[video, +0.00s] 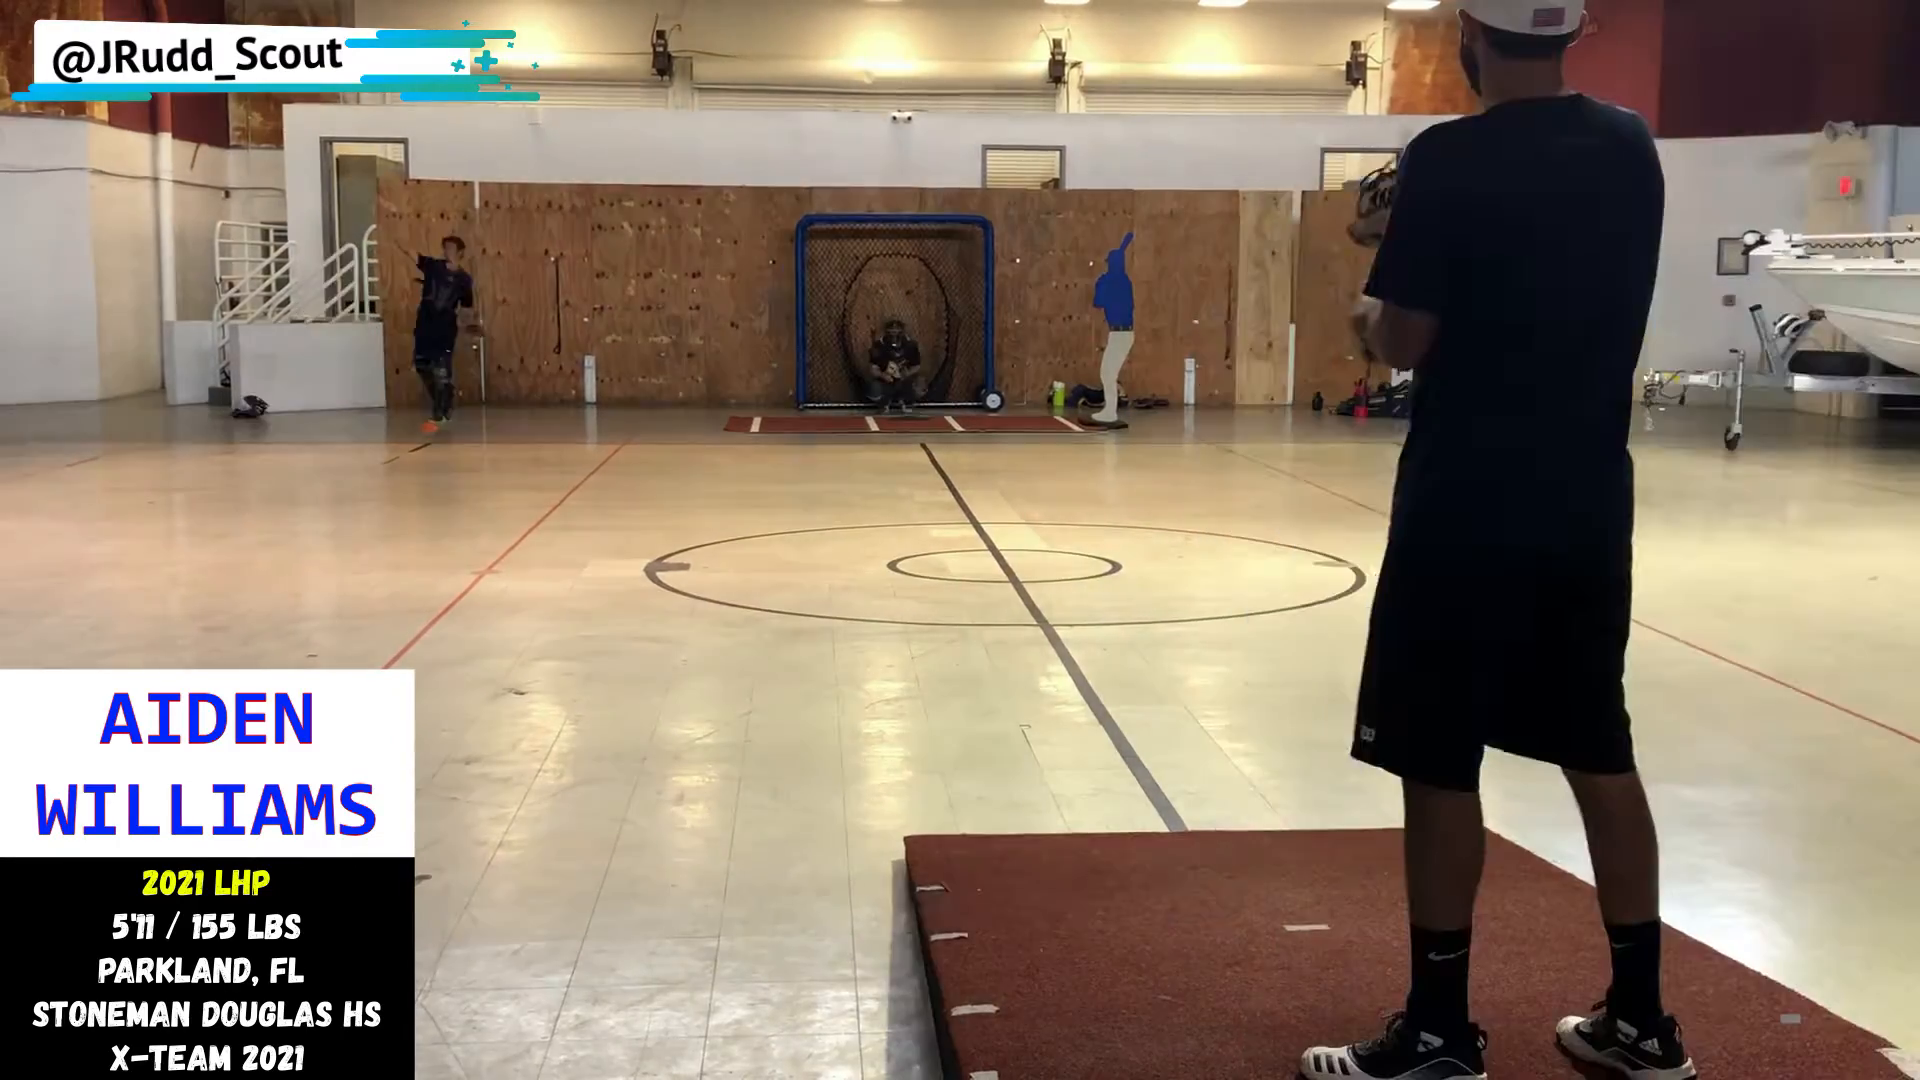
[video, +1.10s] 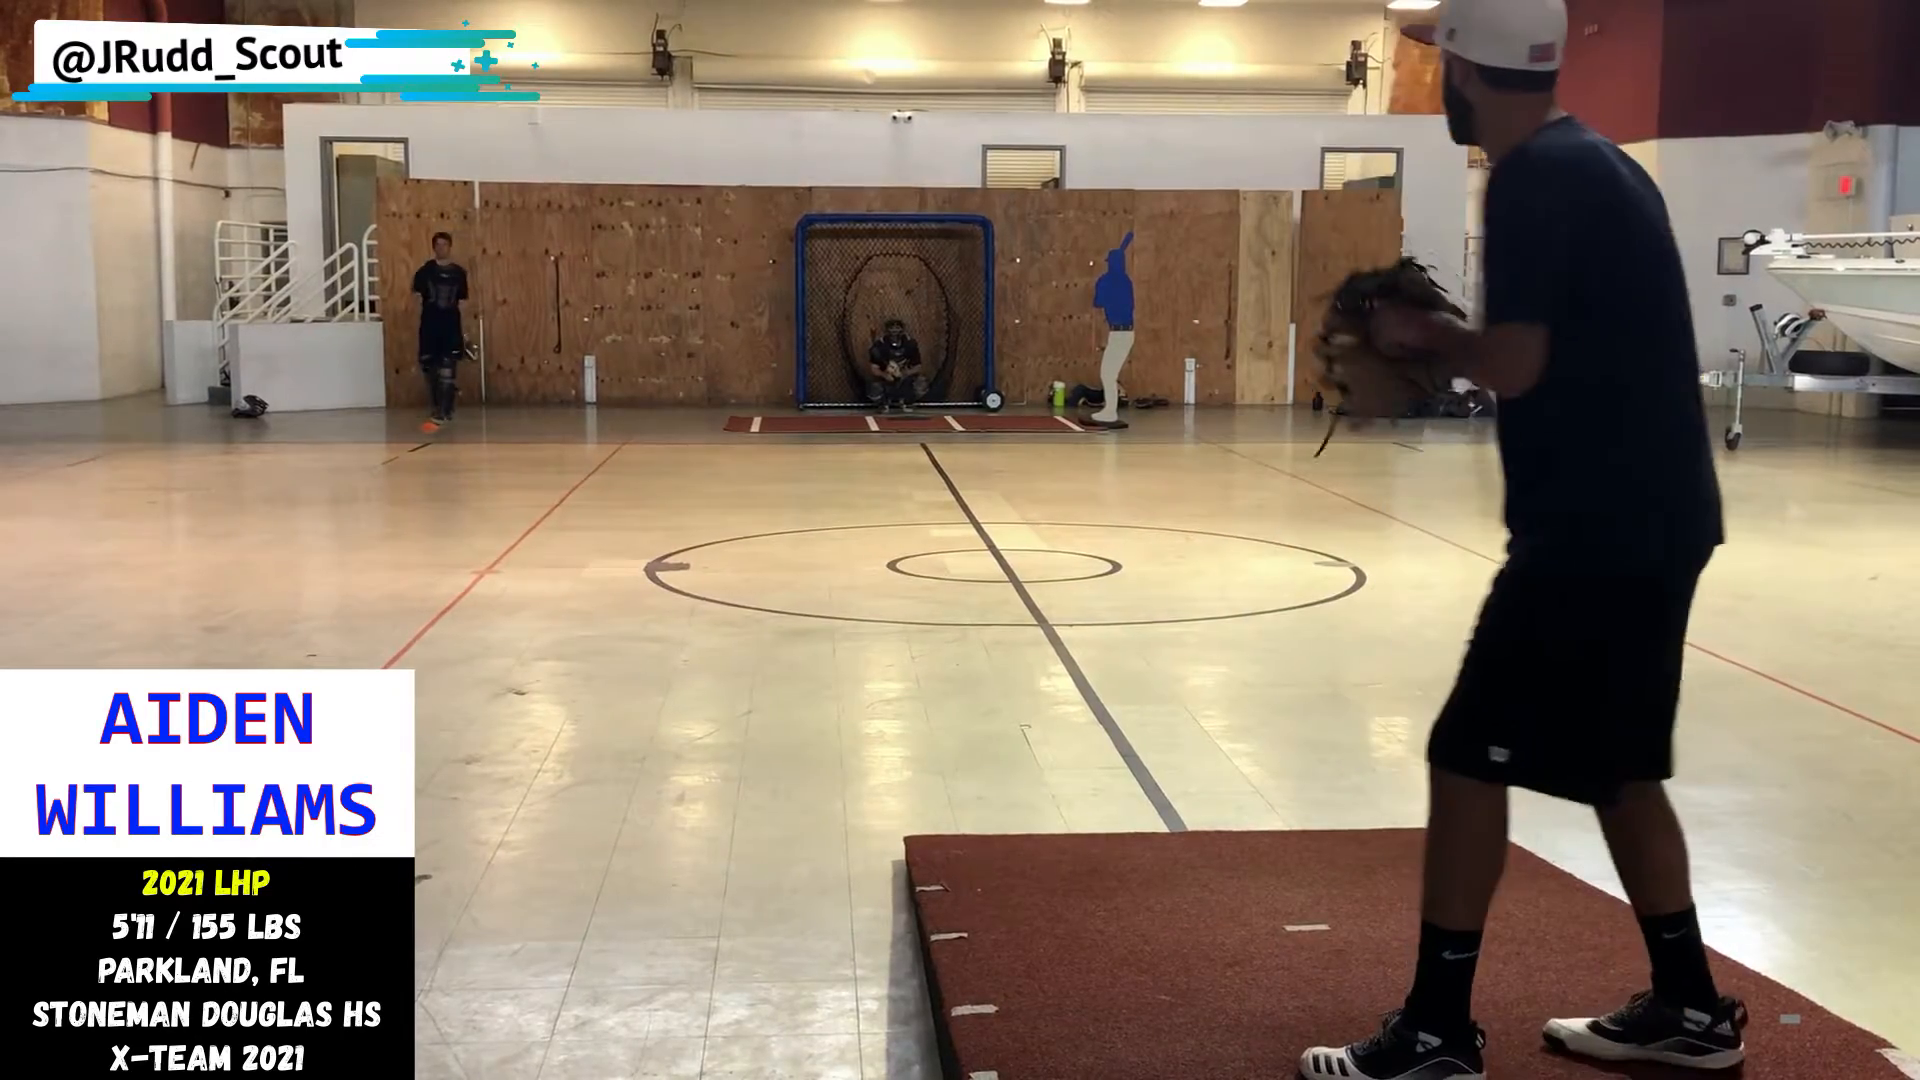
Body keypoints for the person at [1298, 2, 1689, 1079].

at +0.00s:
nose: (1453, 48)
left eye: (1456, 33)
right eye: (1464, 32)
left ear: (1472, 44)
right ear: (1567, 40)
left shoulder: (1446, 156)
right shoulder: (1629, 147)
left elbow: (1402, 338)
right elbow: (1594, 313)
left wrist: (1377, 308)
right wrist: (1426, 259)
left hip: (1462, 508)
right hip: (1588, 507)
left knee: (1438, 756)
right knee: (1600, 747)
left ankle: (1437, 1027)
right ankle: (1639, 1011)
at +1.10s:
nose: (1442, 95)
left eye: (1443, 72)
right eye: (1443, 73)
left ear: (1467, 71)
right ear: (1547, 69)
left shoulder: (1530, 178)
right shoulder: (1604, 169)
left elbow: (1517, 363)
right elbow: (1567, 355)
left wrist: (1425, 339)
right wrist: (1453, 336)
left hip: (1580, 534)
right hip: (1657, 525)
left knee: (1465, 754)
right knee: (1622, 762)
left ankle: (1436, 1026)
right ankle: (1688, 1002)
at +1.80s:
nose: (1463, 72)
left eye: (1472, 51)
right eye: (1466, 52)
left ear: (1505, 60)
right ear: (1543, 63)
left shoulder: (1626, 176)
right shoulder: (1505, 188)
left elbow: (1549, 332)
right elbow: (1488, 353)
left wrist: (1393, 246)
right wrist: (1378, 285)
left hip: (1592, 539)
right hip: (1538, 533)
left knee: (1457, 761)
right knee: (1559, 762)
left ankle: (1460, 1029)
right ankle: (1675, 988)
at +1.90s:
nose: (1452, 80)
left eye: (1460, 57)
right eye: (1456, 57)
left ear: (1491, 63)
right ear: (1526, 66)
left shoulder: (1623, 174)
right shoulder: (1495, 190)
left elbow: (1550, 326)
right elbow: (1455, 352)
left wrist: (1394, 248)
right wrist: (1358, 274)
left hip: (1564, 533)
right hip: (1485, 517)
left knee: (1445, 763)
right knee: (1413, 747)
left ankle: (1458, 1029)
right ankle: (1582, 904)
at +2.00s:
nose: (1445, 85)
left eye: (1452, 59)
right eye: (1446, 62)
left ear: (1489, 60)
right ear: (1526, 62)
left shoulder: (1624, 171)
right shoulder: (1485, 185)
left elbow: (1547, 326)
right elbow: (1452, 354)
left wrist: (1391, 243)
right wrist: (1352, 277)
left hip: (1539, 533)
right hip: (1446, 504)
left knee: (1429, 778)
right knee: (1296, 685)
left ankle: (1457, 1028)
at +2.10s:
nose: (1440, 79)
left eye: (1446, 55)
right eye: (1442, 57)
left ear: (1483, 58)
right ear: (1517, 61)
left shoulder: (1620, 172)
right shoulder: (1476, 183)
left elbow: (1547, 325)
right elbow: (1441, 344)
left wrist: (1390, 245)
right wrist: (1342, 278)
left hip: (1514, 526)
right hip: (1421, 483)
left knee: (1430, 771)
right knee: (1215, 575)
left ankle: (1457, 1030)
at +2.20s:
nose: (1431, 81)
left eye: (1439, 58)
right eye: (1433, 59)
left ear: (1475, 60)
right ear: (1513, 63)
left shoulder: (1608, 174)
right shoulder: (1463, 184)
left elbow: (1538, 326)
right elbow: (1421, 343)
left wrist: (1383, 250)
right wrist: (1334, 280)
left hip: (1488, 522)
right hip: (1398, 470)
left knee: (1425, 762)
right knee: (1179, 451)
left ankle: (1458, 1031)